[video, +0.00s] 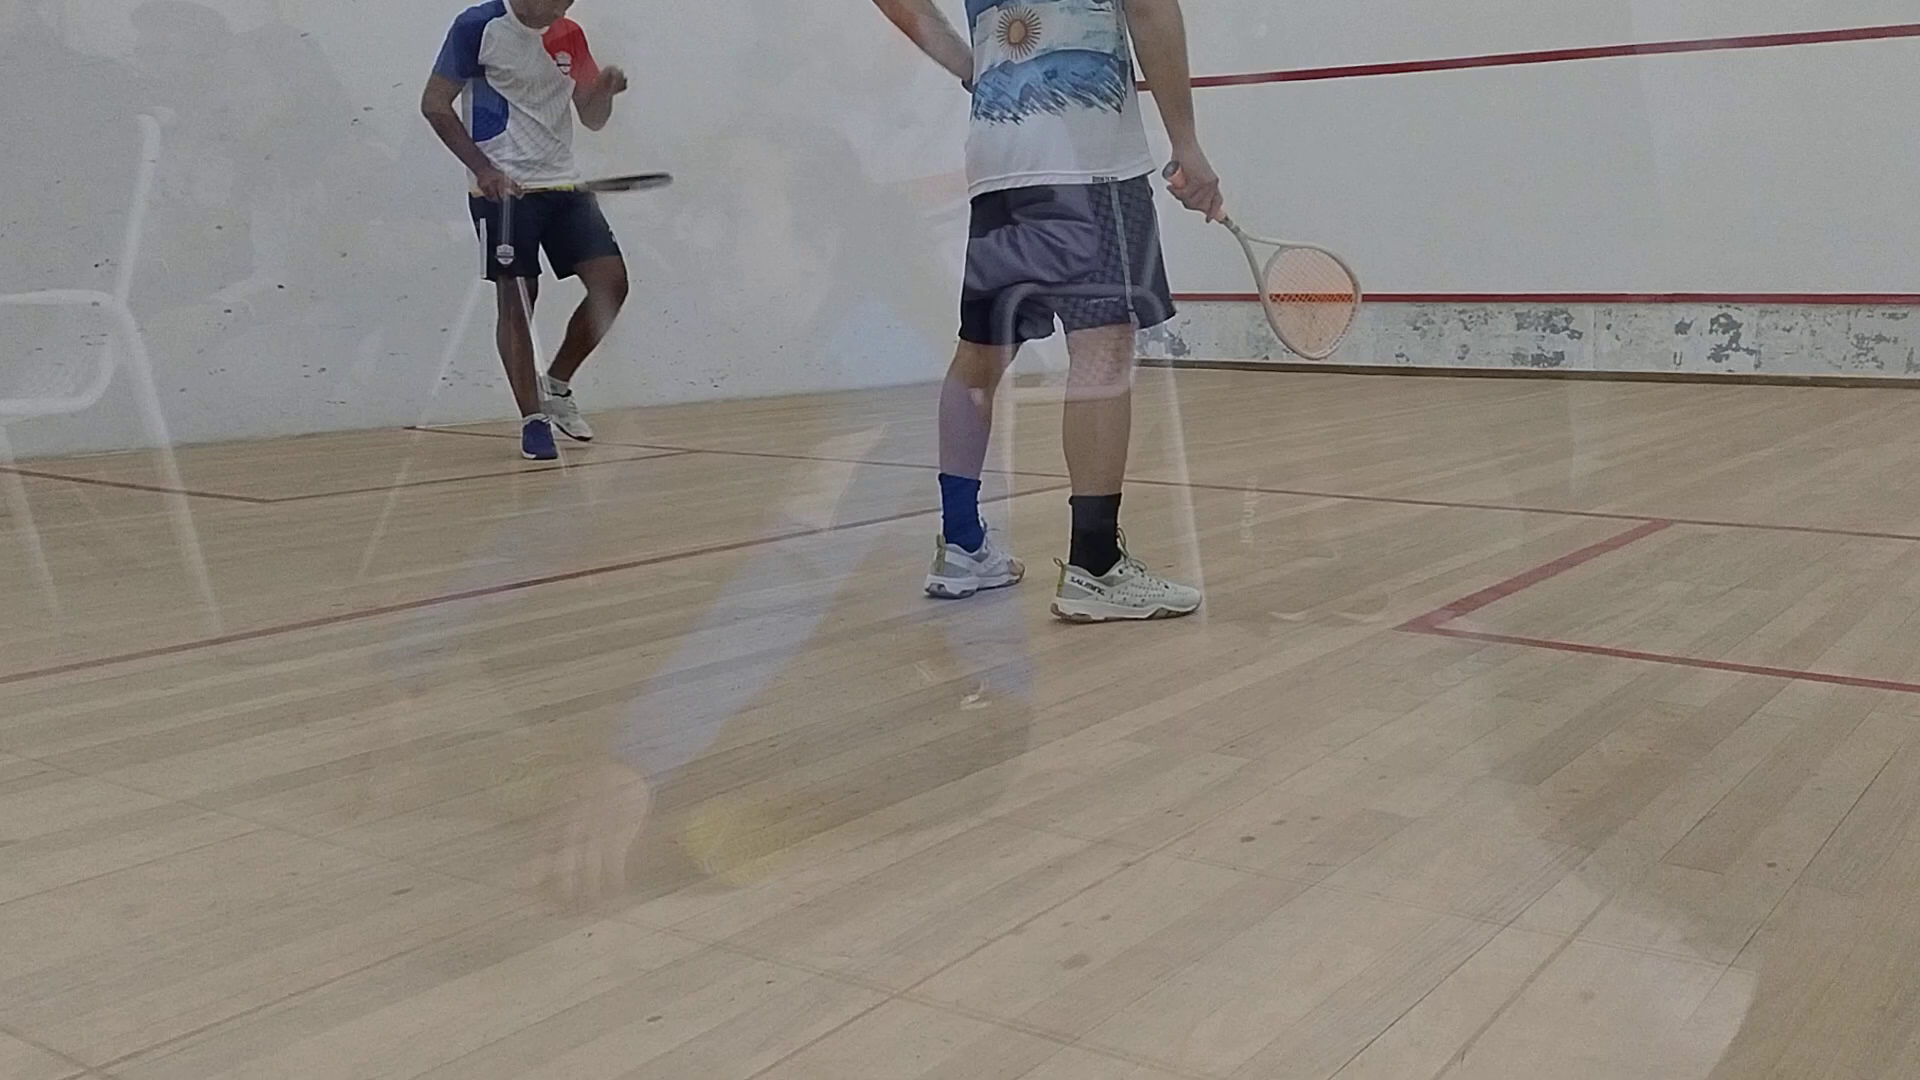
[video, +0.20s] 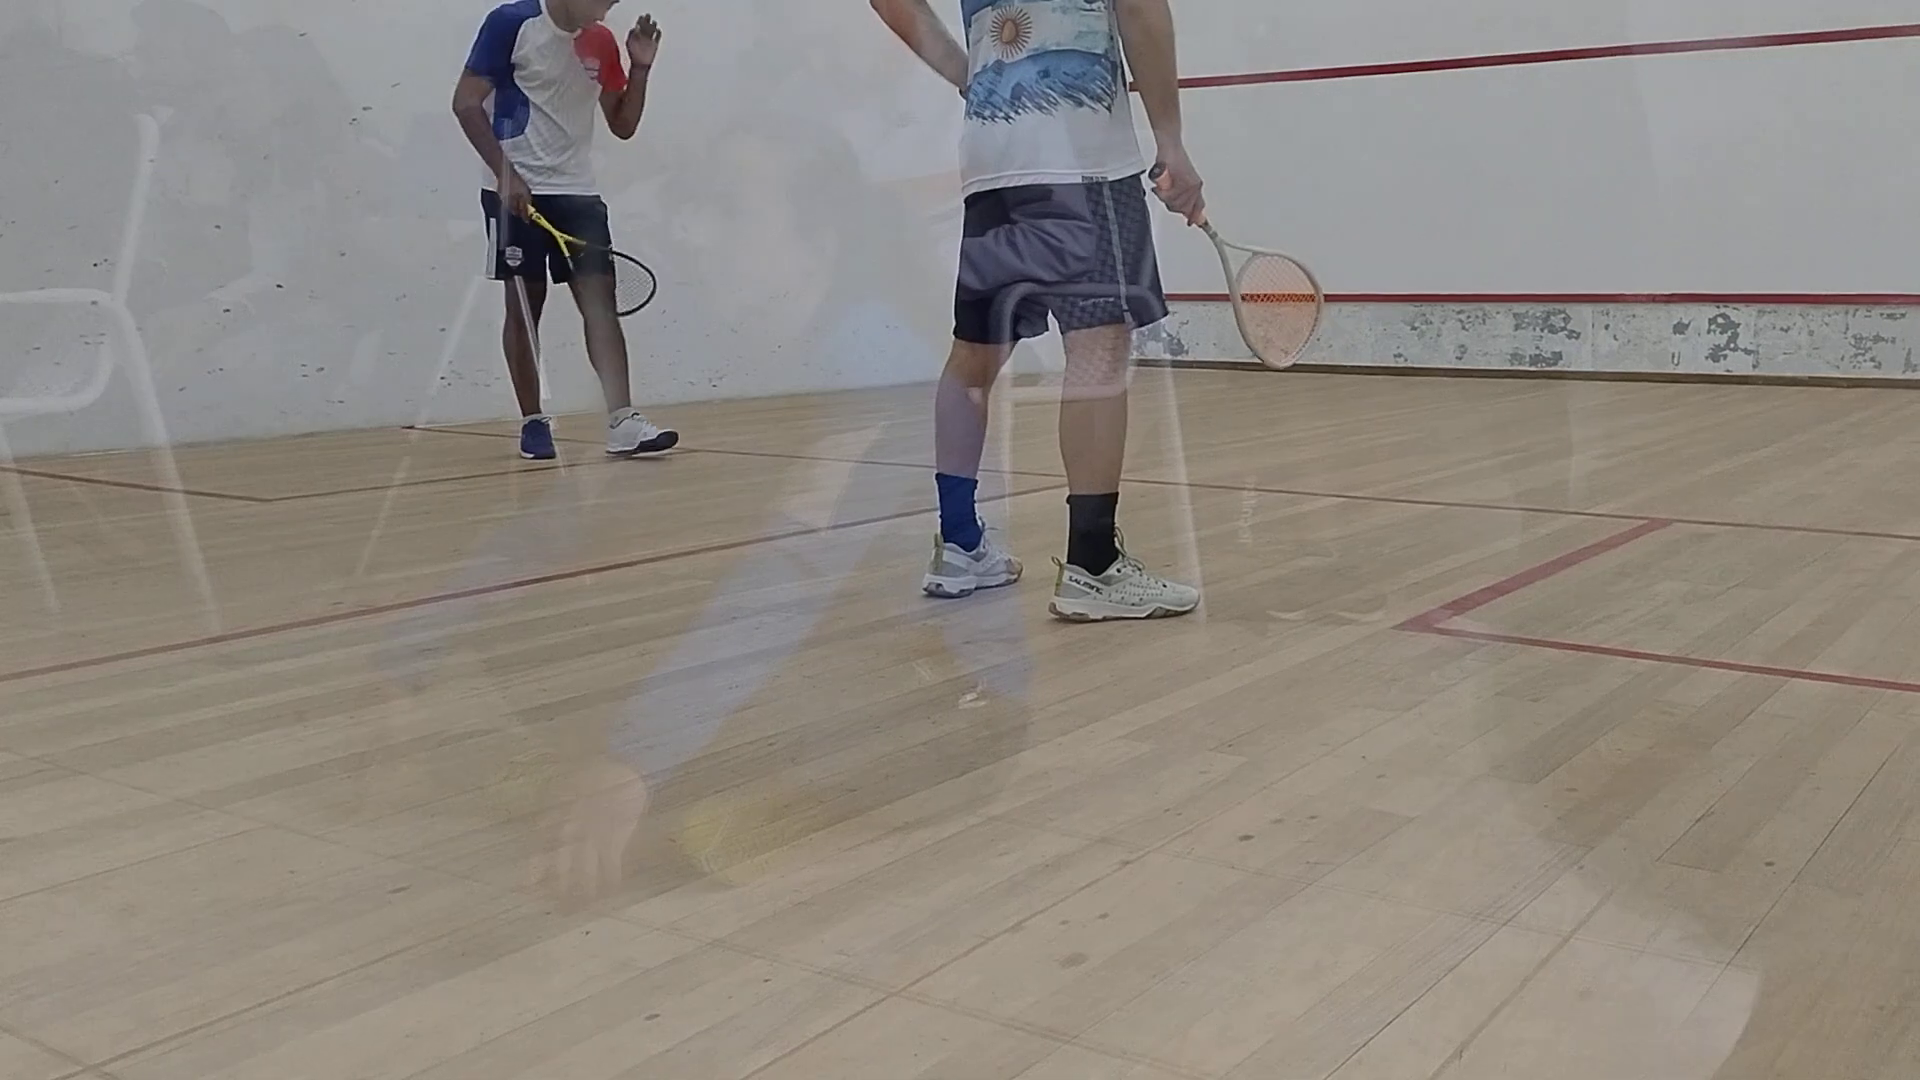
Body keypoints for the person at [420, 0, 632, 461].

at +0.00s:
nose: (558, 13)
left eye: (563, 8)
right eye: (554, 5)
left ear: (564, 5)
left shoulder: (568, 33)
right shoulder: (475, 27)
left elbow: (593, 119)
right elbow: (434, 103)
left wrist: (604, 91)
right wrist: (483, 170)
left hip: (562, 184)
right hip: (504, 186)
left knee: (611, 285)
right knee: (516, 297)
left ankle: (554, 385)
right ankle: (533, 420)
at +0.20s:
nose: (606, 12)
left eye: (610, 7)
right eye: (604, 4)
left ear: (599, 6)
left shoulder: (599, 40)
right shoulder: (510, 22)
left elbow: (623, 125)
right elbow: (465, 102)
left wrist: (640, 68)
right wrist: (505, 172)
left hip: (578, 193)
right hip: (517, 189)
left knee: (600, 295)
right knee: (525, 304)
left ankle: (622, 421)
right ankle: (534, 421)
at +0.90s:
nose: (685, 10)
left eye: (687, 4)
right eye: (681, 1)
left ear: (661, 3)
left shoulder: (665, 44)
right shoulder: (583, 33)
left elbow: (658, 116)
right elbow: (567, 134)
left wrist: (688, 160)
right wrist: (585, 210)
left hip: (615, 187)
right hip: (549, 183)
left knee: (632, 299)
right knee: (523, 293)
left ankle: (625, 423)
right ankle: (494, 412)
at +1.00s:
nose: (664, 3)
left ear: (658, 4)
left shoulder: (657, 38)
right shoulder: (569, 27)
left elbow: (659, 115)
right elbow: (556, 126)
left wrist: (690, 138)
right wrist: (574, 200)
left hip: (608, 183)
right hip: (542, 180)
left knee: (628, 298)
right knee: (510, 296)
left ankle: (624, 422)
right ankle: (480, 409)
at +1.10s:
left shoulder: (641, 33)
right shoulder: (548, 21)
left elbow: (667, 121)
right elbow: (538, 110)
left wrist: (694, 113)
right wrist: (552, 186)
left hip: (598, 183)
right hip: (528, 177)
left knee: (621, 292)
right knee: (500, 294)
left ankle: (622, 421)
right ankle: (472, 411)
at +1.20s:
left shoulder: (623, 30)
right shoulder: (524, 16)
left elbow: (669, 110)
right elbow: (515, 100)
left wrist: (696, 90)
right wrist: (519, 174)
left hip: (585, 182)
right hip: (517, 177)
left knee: (614, 288)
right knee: (491, 292)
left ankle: (622, 419)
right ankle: (469, 413)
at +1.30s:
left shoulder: (600, 25)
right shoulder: (496, 17)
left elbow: (655, 99)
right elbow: (480, 96)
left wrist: (685, 83)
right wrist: (475, 146)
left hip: (566, 179)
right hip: (498, 178)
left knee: (602, 287)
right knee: (479, 297)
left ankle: (620, 419)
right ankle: (466, 415)